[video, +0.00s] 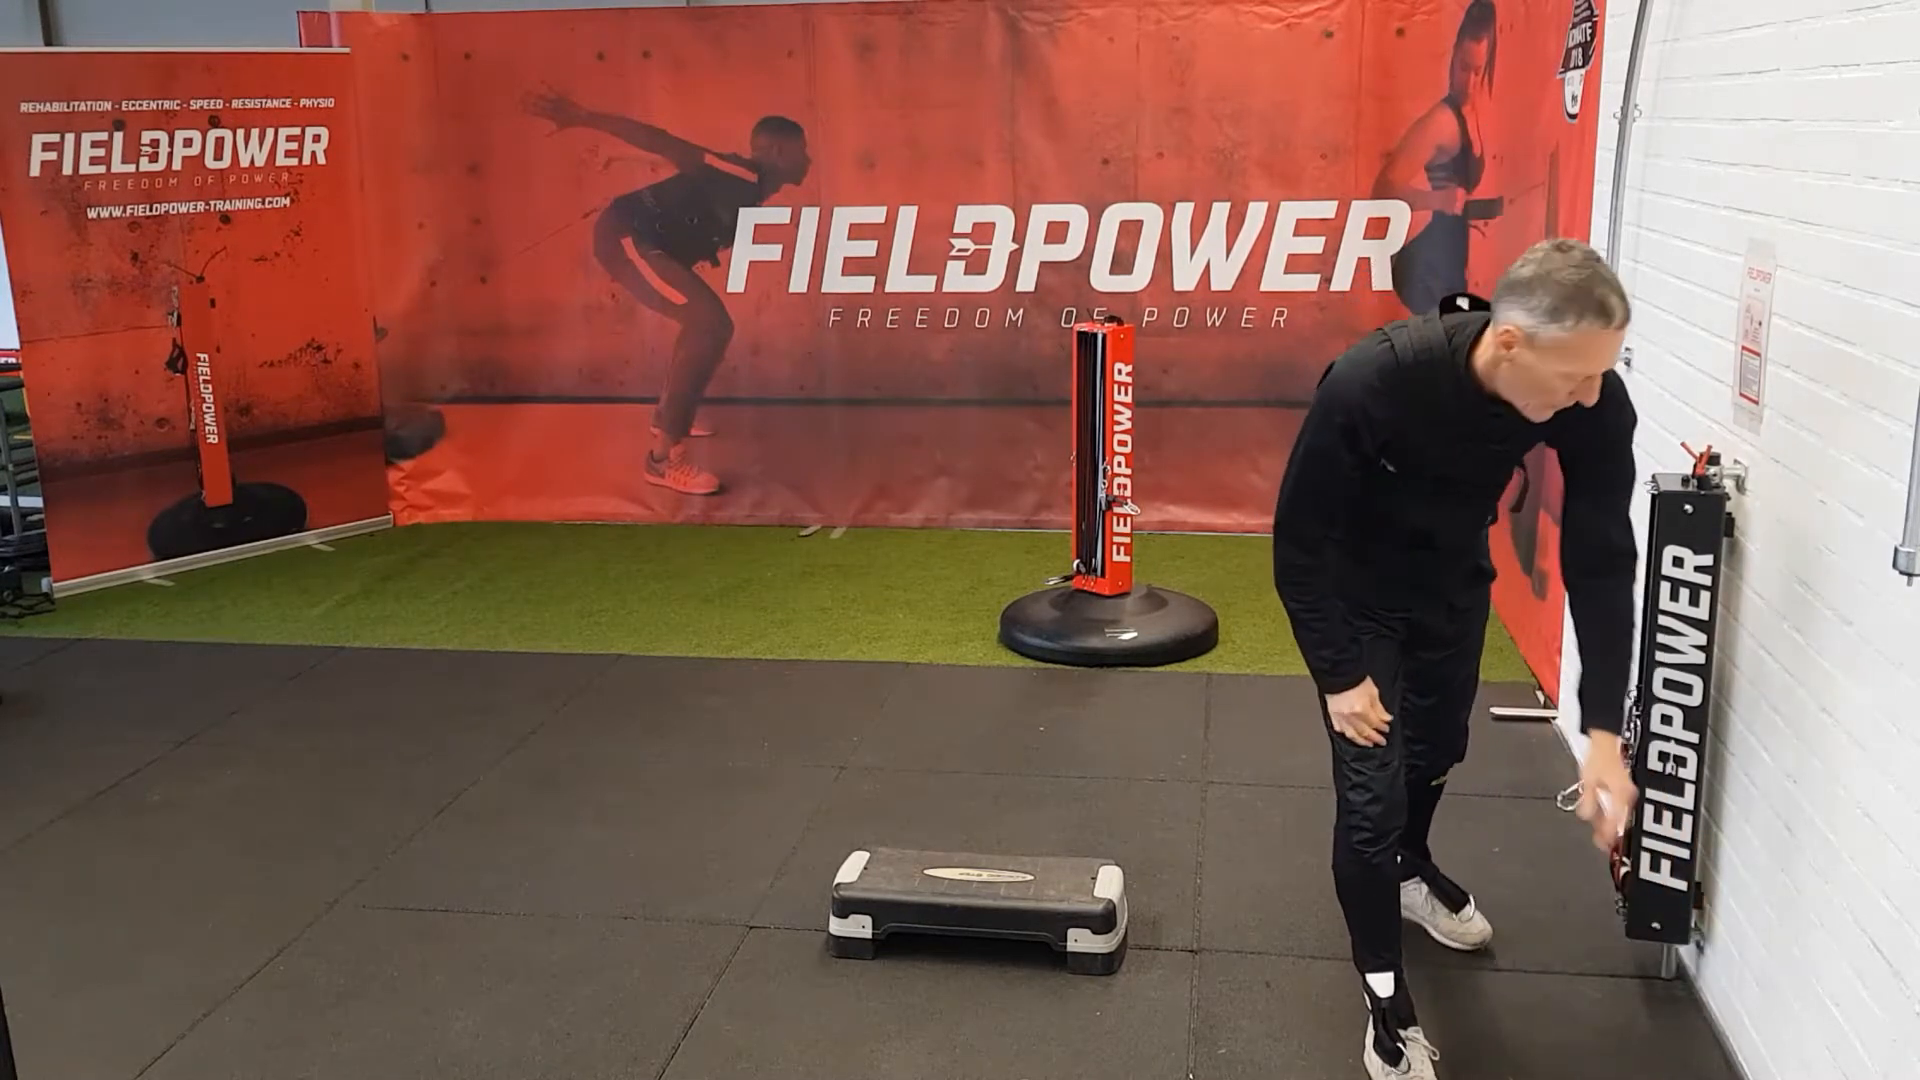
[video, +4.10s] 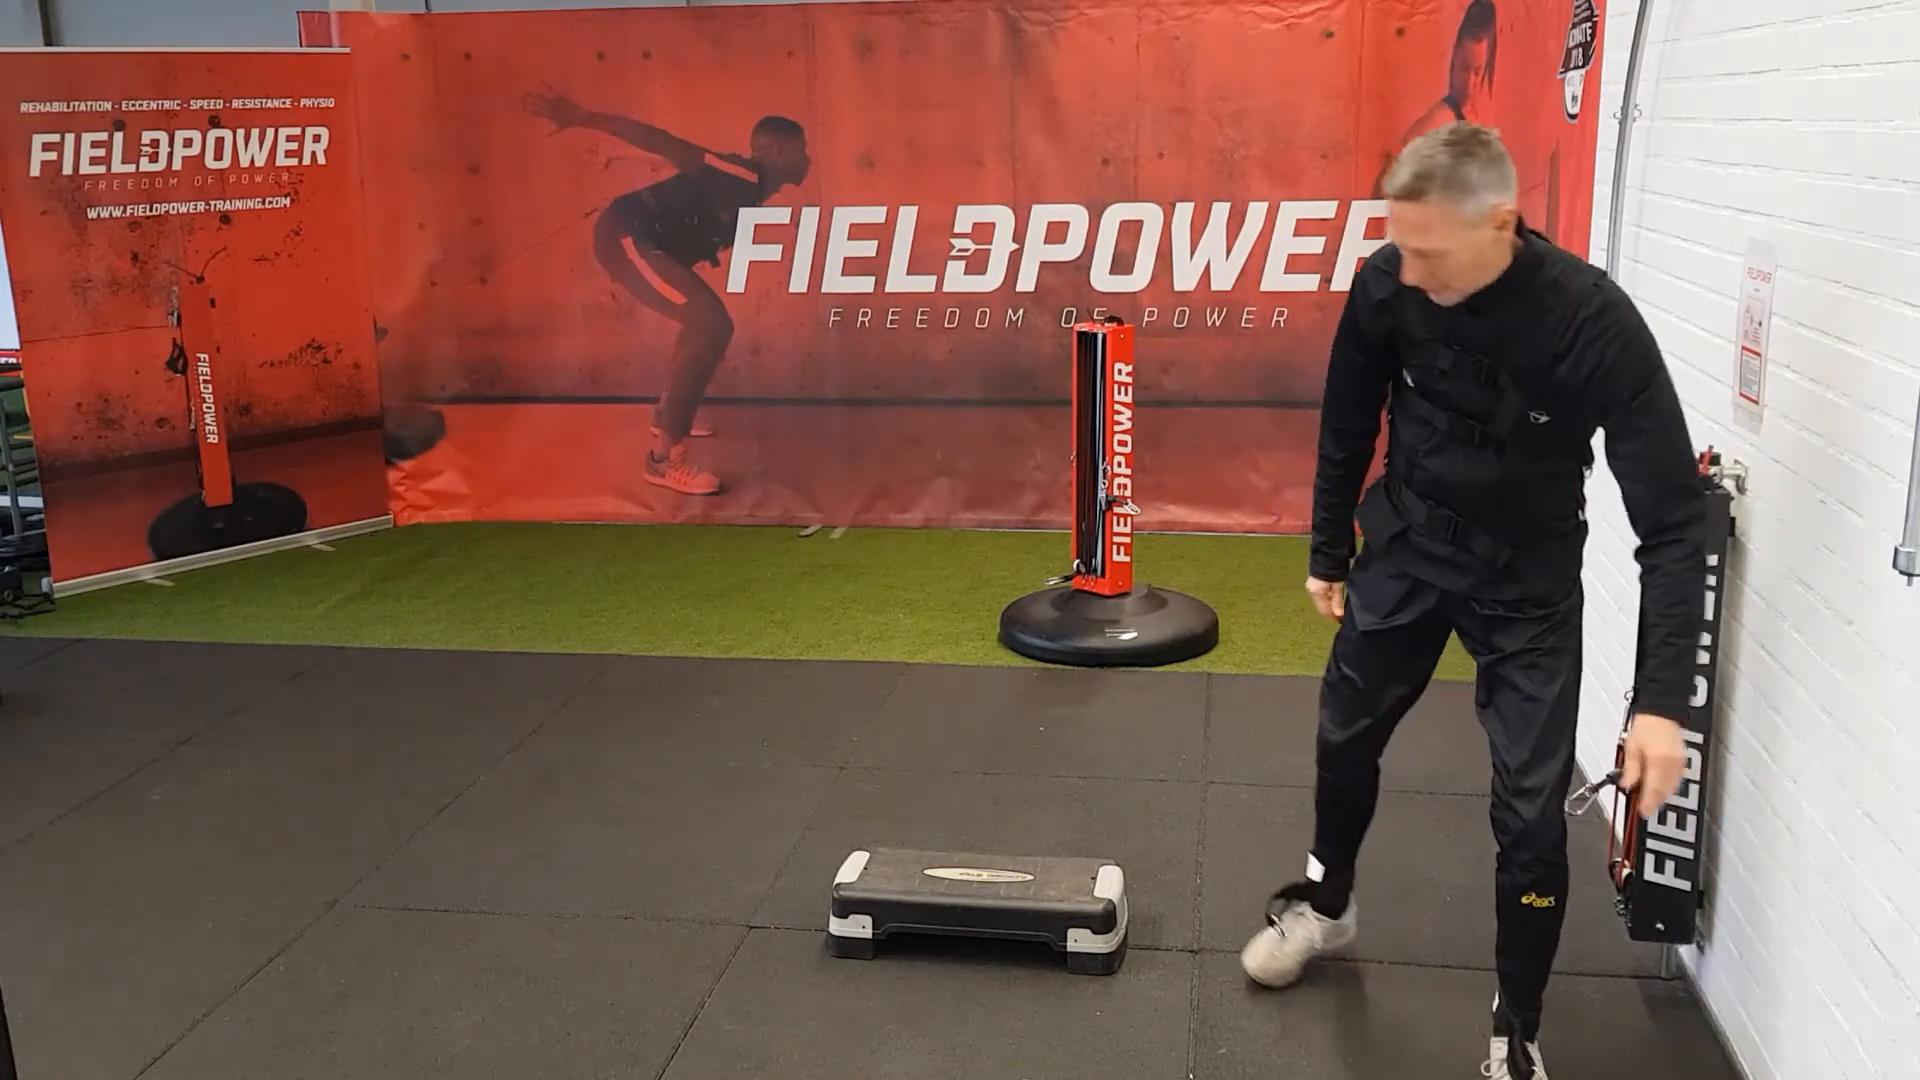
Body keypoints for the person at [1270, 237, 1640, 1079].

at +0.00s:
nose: (1585, 397)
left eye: (1596, 378)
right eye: (1571, 380)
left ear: (1603, 350)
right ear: (1506, 342)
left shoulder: (1590, 402)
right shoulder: (1373, 382)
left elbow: (1602, 562)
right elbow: (1299, 538)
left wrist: (1605, 734)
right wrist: (1338, 673)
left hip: (1453, 586)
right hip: (1354, 587)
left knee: (1433, 749)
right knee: (1374, 803)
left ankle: (1407, 869)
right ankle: (1385, 993)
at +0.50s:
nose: (1628, 413)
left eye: (1636, 401)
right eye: (1628, 398)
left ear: (1590, 357)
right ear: (1581, 363)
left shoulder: (1567, 387)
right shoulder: (1442, 402)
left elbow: (1535, 504)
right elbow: (1420, 558)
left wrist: (1538, 628)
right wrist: (1478, 685)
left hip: (1428, 539)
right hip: (1344, 538)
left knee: (1467, 713)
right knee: (1368, 763)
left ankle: (1398, 866)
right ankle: (1379, 988)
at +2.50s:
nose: (1593, 504)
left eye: (1607, 493)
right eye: (1586, 489)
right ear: (1547, 443)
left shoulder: (1569, 405)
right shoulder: (1435, 458)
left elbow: (1593, 530)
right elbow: (1424, 612)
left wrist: (1580, 657)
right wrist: (1495, 718)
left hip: (1419, 535)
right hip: (1331, 531)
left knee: (1467, 703)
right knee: (1344, 743)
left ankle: (1396, 868)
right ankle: (1360, 958)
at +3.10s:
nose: (1553, 386)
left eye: (1570, 366)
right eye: (1535, 365)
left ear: (1589, 337)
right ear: (1489, 326)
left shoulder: (1585, 380)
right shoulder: (1400, 386)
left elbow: (1551, 502)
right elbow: (1376, 550)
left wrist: (1527, 628)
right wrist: (1469, 654)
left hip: (1442, 534)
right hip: (1347, 539)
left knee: (1475, 725)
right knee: (1377, 756)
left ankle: (1402, 861)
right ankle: (1370, 975)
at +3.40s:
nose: (1527, 323)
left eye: (1544, 300)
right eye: (1506, 303)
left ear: (1565, 271)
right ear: (1458, 269)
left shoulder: (1587, 344)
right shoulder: (1377, 346)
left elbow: (1593, 505)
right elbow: (1343, 524)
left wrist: (1562, 660)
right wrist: (1422, 660)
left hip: (1489, 562)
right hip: (1378, 567)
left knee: (1515, 761)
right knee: (1383, 779)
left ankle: (1487, 968)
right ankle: (1372, 977)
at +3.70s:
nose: (1536, 306)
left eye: (1556, 282)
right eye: (1515, 284)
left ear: (1583, 251)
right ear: (1473, 248)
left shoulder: (1620, 355)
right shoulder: (1405, 311)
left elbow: (1652, 552)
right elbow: (1322, 453)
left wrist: (1659, 736)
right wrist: (1299, 612)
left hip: (1530, 583)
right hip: (1408, 569)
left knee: (1532, 812)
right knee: (1397, 777)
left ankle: (1515, 1040)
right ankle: (1374, 981)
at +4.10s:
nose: (1408, 269)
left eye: (1429, 251)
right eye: (1400, 246)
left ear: (1503, 227)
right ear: (1393, 223)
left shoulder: (1592, 322)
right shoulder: (1385, 288)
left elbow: (1676, 525)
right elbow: (1347, 419)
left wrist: (1660, 706)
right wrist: (1329, 549)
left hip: (1529, 580)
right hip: (1404, 554)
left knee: (1533, 817)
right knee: (1343, 732)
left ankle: (1515, 1036)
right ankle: (1326, 900)